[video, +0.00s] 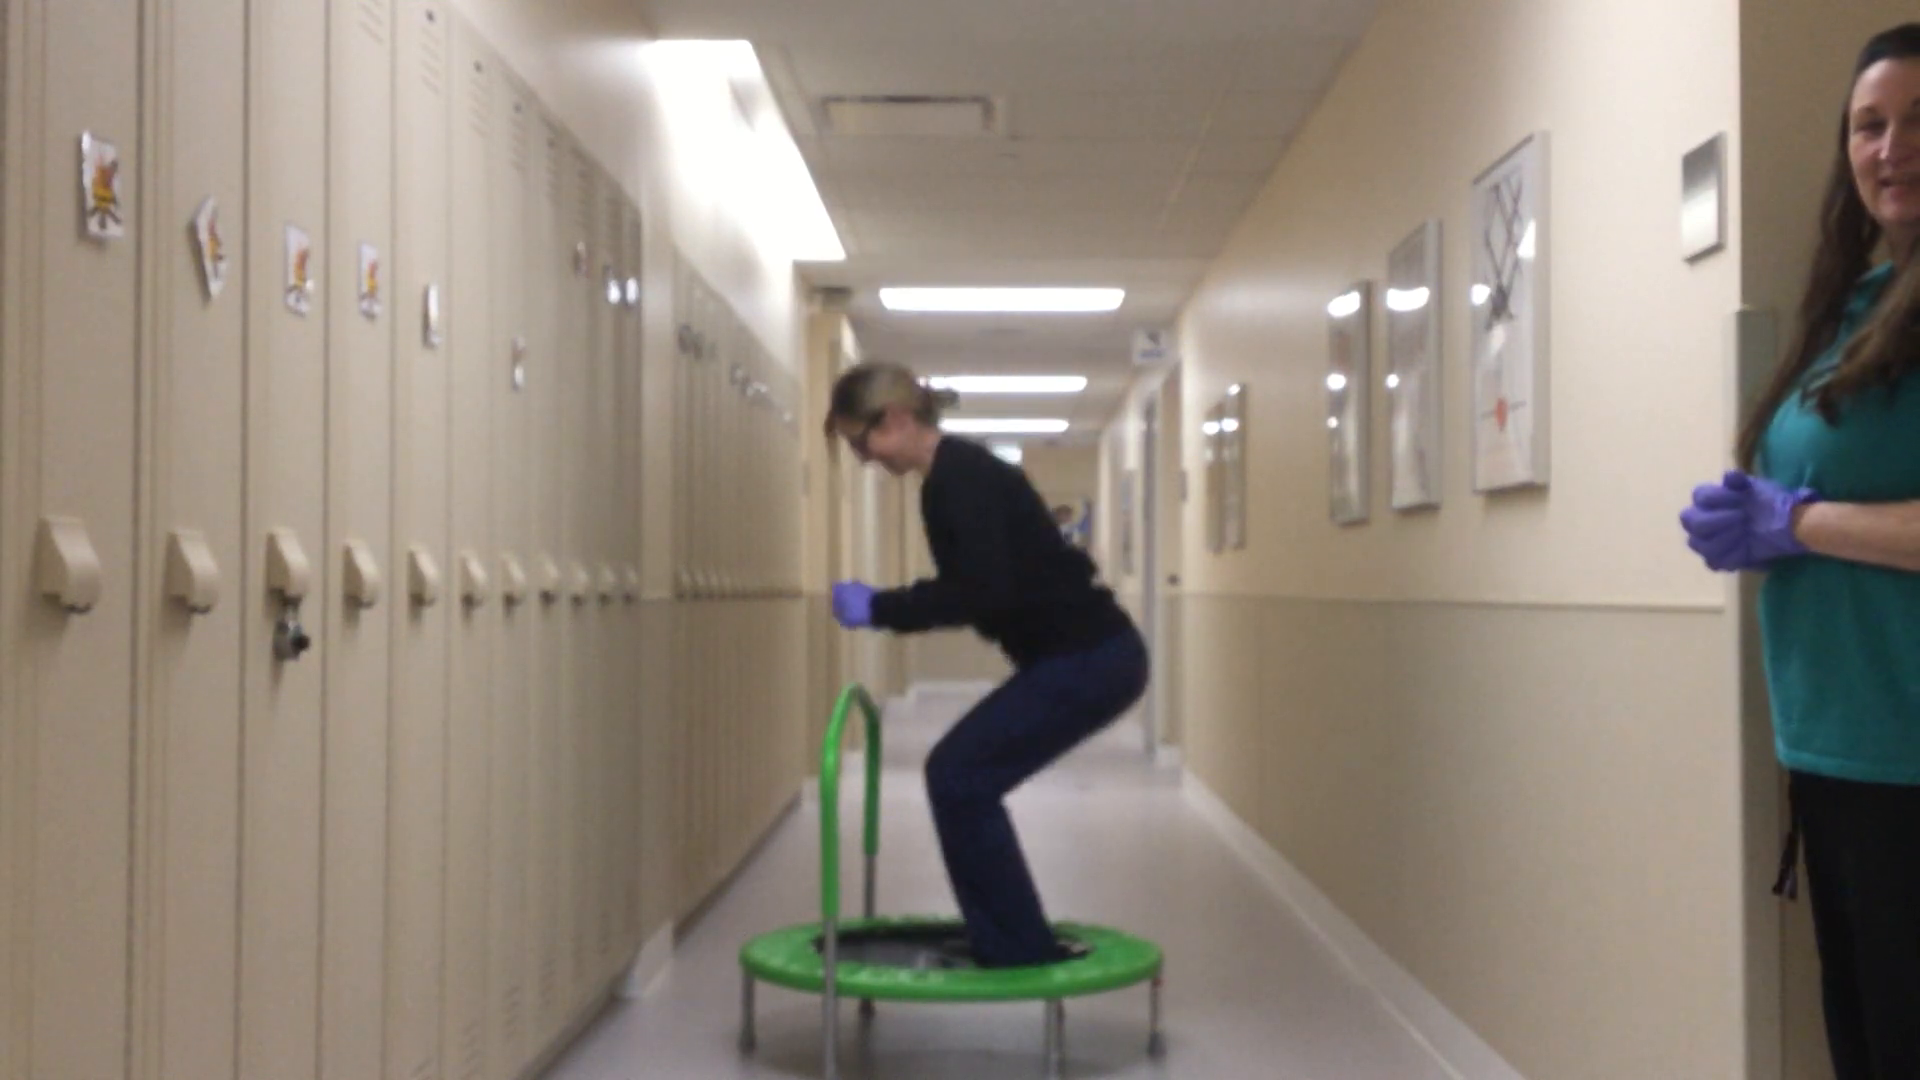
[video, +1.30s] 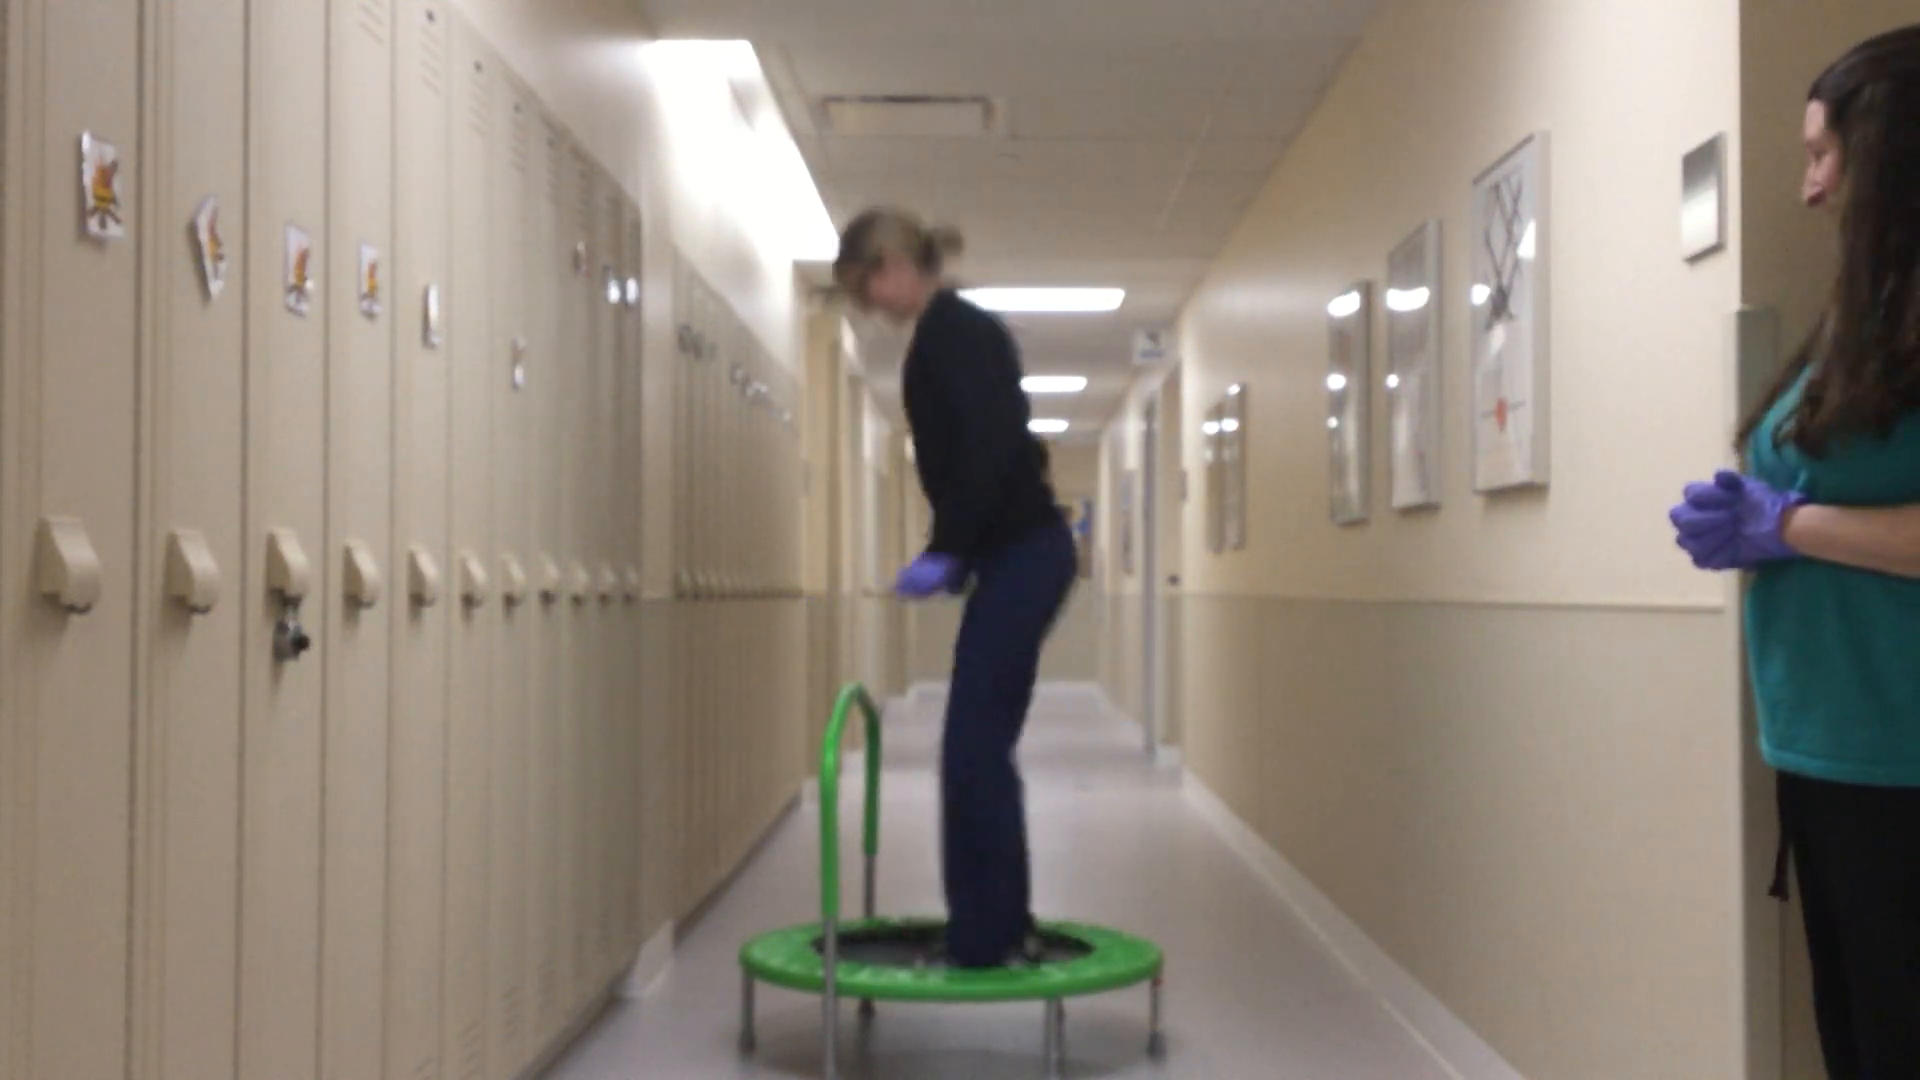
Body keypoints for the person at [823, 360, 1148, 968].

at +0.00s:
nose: (866, 456)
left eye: (865, 440)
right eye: (857, 446)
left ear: (897, 418)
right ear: (899, 421)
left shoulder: (963, 478)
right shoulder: (951, 479)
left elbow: (977, 594)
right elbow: (967, 592)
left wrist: (880, 607)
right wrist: (881, 606)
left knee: (959, 772)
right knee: (954, 769)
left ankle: (1017, 945)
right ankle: (1008, 938)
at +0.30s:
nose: (867, 357)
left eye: (865, 339)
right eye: (858, 346)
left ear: (896, 316)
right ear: (894, 321)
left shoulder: (955, 383)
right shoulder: (950, 383)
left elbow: (970, 512)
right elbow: (968, 518)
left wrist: (888, 558)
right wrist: (896, 561)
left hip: (1044, 602)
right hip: (1038, 600)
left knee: (957, 774)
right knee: (955, 772)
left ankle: (1003, 944)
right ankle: (999, 938)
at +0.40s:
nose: (865, 275)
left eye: (863, 258)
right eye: (857, 264)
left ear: (891, 233)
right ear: (892, 236)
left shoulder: (960, 290)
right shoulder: (952, 295)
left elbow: (986, 410)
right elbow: (976, 416)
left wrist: (946, 516)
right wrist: (942, 515)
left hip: (1025, 521)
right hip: (1014, 521)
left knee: (988, 715)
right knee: (985, 714)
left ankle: (997, 917)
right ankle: (992, 912)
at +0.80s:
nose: (842, 378)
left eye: (840, 359)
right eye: (832, 367)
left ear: (870, 334)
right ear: (860, 345)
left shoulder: (934, 405)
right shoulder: (922, 406)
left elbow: (969, 516)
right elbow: (951, 520)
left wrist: (899, 576)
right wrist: (895, 573)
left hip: (1033, 609)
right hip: (1027, 607)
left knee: (946, 767)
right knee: (953, 766)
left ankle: (984, 943)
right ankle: (997, 932)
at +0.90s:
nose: (829, 453)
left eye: (827, 436)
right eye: (821, 441)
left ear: (858, 419)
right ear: (866, 420)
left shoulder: (924, 482)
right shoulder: (918, 481)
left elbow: (948, 598)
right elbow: (937, 596)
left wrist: (856, 611)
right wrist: (857, 608)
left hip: (1054, 667)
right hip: (1046, 664)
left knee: (916, 778)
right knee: (917, 776)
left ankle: (978, 939)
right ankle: (988, 929)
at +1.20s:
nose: (854, 393)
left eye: (855, 374)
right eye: (846, 381)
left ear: (887, 353)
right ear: (873, 365)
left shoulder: (940, 426)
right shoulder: (930, 426)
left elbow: (965, 549)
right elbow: (955, 550)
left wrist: (880, 604)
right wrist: (883, 601)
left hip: (1045, 632)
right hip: (1037, 630)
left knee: (928, 783)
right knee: (930, 781)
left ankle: (981, 942)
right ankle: (982, 936)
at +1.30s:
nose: (867, 297)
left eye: (870, 278)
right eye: (860, 285)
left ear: (904, 260)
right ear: (894, 272)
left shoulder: (956, 332)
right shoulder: (945, 335)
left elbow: (985, 448)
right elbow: (967, 453)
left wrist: (950, 550)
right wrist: (946, 549)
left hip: (1024, 555)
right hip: (1013, 554)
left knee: (975, 742)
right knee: (976, 742)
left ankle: (984, 934)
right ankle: (992, 925)